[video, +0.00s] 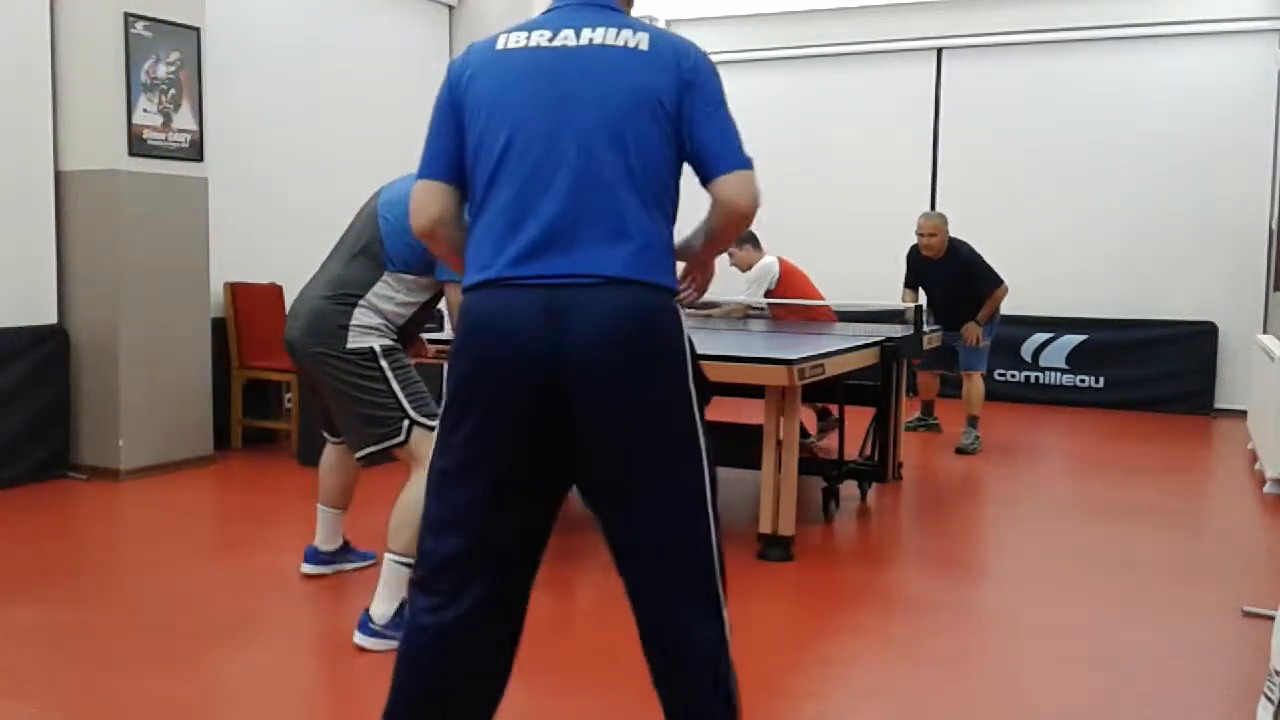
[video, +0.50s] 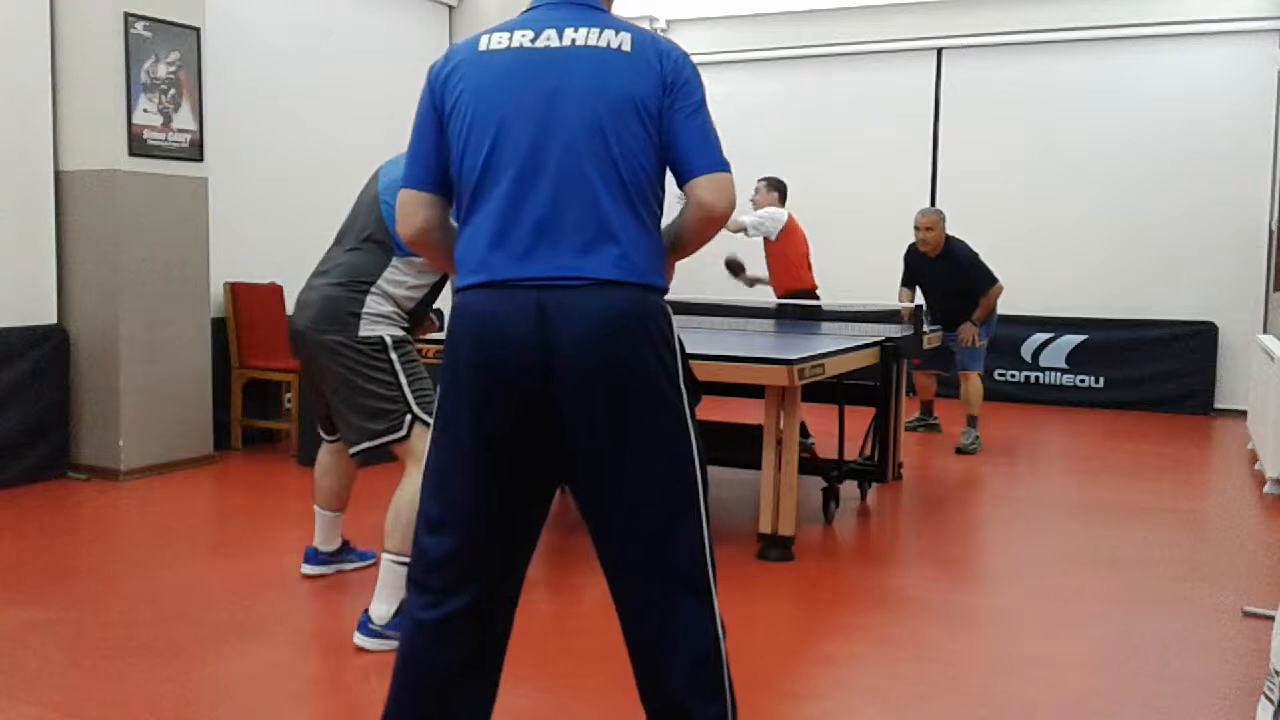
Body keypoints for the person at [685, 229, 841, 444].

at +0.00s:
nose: (731, 262)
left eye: (732, 254)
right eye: (729, 256)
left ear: (748, 249)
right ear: (752, 250)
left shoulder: (766, 266)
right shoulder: (773, 265)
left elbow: (740, 310)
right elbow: (745, 308)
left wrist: (700, 314)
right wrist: (703, 310)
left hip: (813, 332)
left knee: (774, 377)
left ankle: (798, 432)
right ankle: (822, 413)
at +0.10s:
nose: (732, 251)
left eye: (734, 244)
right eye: (731, 245)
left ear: (751, 239)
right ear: (755, 240)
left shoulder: (766, 258)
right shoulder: (772, 256)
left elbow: (741, 302)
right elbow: (746, 301)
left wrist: (697, 311)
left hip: (809, 322)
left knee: (772, 368)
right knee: (771, 364)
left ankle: (805, 420)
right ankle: (806, 418)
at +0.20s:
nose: (739, 237)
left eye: (740, 229)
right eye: (738, 231)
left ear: (756, 224)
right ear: (760, 225)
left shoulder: (771, 242)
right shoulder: (783, 245)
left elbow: (738, 279)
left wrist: (691, 287)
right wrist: (757, 290)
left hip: (802, 317)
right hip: (819, 315)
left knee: (773, 368)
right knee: (775, 368)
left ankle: (798, 433)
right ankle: (798, 432)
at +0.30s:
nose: (745, 219)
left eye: (747, 212)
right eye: (744, 213)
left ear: (764, 209)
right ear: (768, 211)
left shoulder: (773, 227)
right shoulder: (784, 232)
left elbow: (741, 249)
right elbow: (782, 281)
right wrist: (753, 271)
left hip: (804, 314)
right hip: (808, 312)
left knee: (781, 376)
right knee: (781, 375)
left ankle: (801, 435)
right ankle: (799, 434)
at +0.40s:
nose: (751, 205)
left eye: (755, 199)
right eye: (751, 200)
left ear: (771, 199)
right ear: (776, 201)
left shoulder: (776, 218)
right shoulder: (785, 226)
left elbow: (733, 228)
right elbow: (782, 280)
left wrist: (698, 211)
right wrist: (752, 268)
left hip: (800, 308)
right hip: (804, 307)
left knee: (781, 373)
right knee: (782, 373)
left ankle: (801, 434)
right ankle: (798, 433)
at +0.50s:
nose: (752, 198)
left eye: (757, 193)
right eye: (754, 193)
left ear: (774, 196)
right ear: (777, 197)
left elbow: (735, 226)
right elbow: (787, 277)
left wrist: (700, 205)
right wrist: (752, 279)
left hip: (795, 306)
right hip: (805, 304)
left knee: (782, 374)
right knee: (784, 375)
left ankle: (801, 435)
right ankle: (799, 434)